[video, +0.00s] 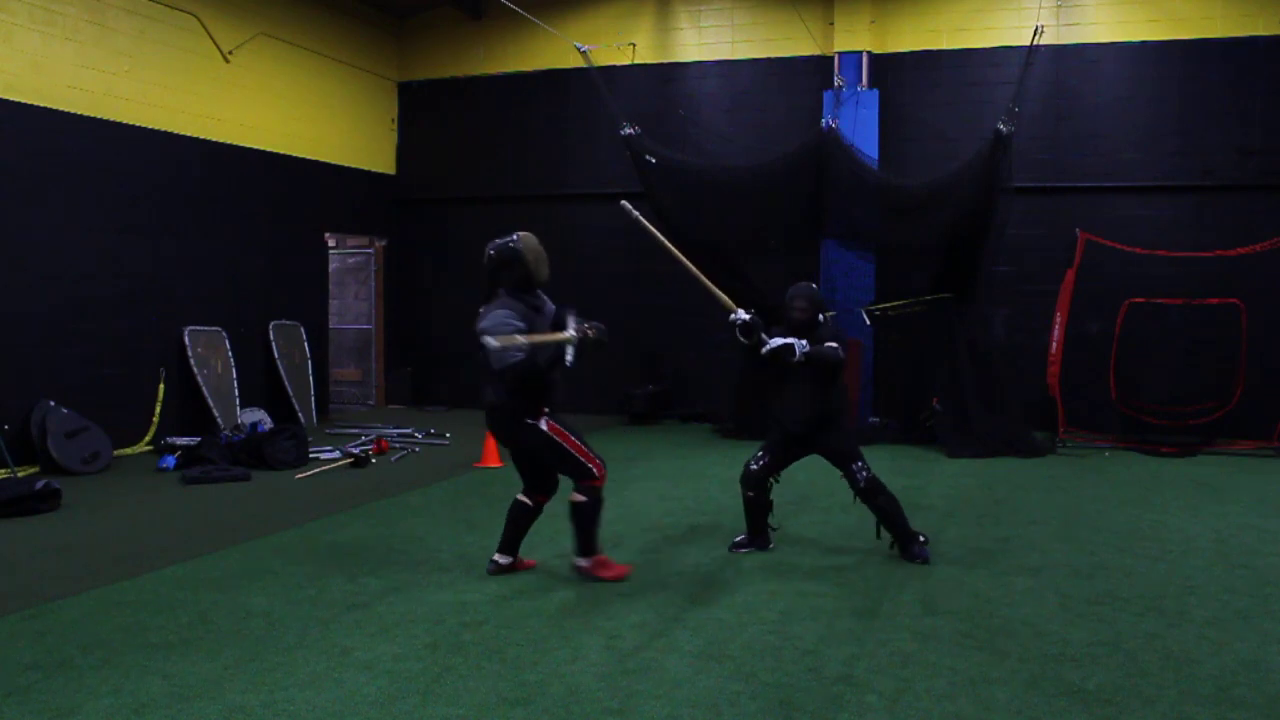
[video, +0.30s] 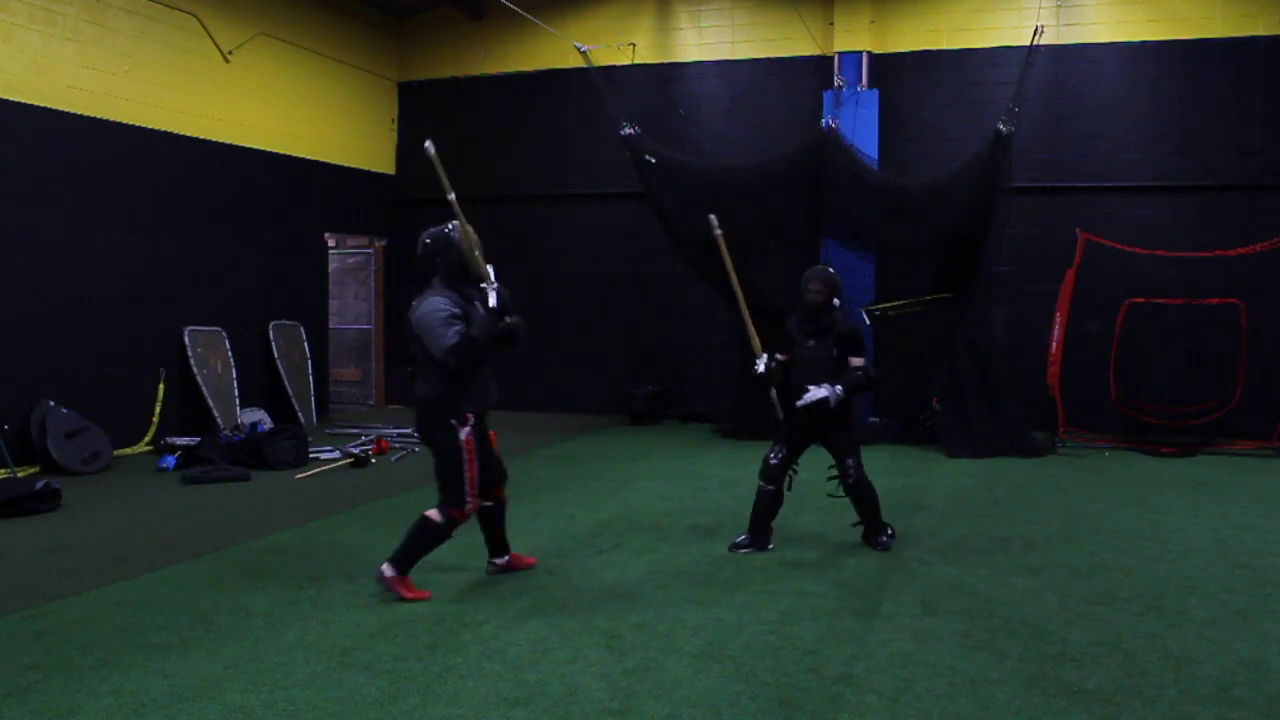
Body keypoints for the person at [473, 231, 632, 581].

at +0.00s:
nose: (542, 263)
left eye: (539, 257)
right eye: (534, 258)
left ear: (509, 269)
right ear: (517, 267)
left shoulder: (536, 303)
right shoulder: (499, 318)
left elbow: (562, 321)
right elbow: (519, 374)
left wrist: (583, 330)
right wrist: (565, 343)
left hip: (521, 414)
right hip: (522, 417)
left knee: (539, 485)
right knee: (591, 472)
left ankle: (504, 556)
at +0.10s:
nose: (519, 259)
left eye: (515, 253)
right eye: (510, 254)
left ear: (485, 266)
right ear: (495, 264)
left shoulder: (518, 299)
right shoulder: (475, 315)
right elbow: (501, 369)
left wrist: (559, 325)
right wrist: (539, 337)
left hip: (510, 409)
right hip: (497, 414)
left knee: (528, 481)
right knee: (562, 476)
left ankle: (504, 551)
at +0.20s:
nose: (500, 261)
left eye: (497, 255)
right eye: (495, 255)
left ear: (464, 260)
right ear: (483, 260)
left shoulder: (490, 297)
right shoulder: (454, 311)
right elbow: (481, 361)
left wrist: (529, 316)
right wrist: (506, 318)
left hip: (495, 409)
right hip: (475, 415)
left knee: (511, 483)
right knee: (516, 493)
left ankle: (502, 556)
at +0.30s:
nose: (478, 257)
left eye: (475, 250)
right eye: (470, 251)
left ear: (447, 260)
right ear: (451, 258)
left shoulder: (466, 297)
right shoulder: (434, 308)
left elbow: (488, 340)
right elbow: (461, 357)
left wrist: (502, 316)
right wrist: (489, 312)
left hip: (470, 412)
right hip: (448, 417)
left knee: (492, 481)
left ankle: (500, 556)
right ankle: (395, 569)